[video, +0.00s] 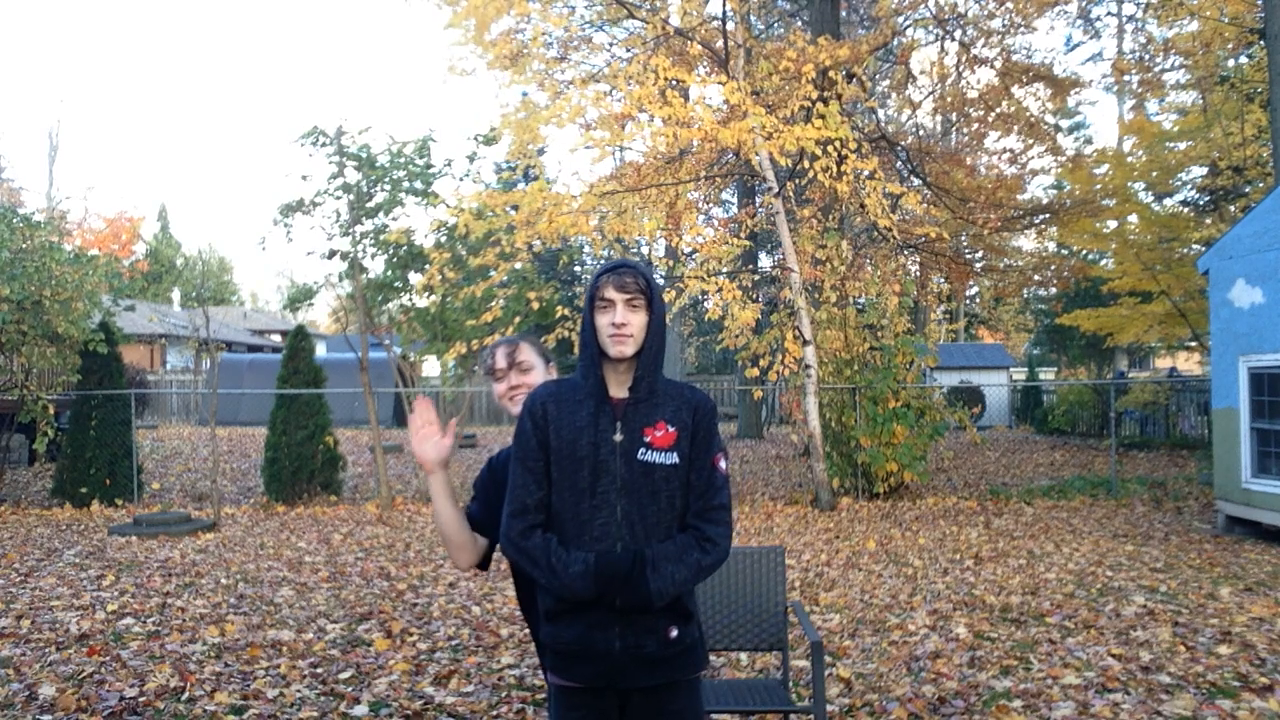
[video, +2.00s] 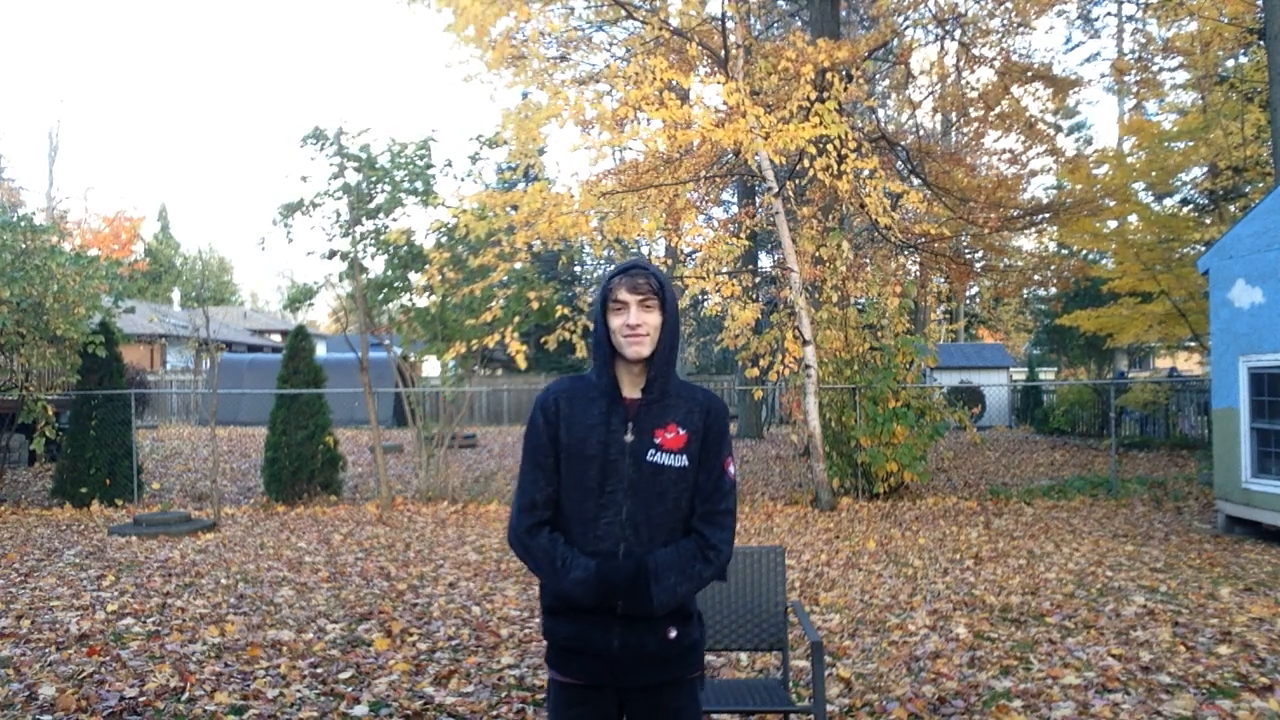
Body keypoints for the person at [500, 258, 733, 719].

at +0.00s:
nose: (618, 319)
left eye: (633, 306)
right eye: (605, 306)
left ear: (653, 318)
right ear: (590, 319)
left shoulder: (691, 408)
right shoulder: (545, 406)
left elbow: (713, 531)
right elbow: (518, 530)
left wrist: (646, 574)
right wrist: (588, 575)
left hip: (667, 655)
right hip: (575, 660)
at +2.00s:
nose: (632, 320)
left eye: (645, 307)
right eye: (618, 308)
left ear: (667, 319)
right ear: (603, 321)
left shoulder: (702, 411)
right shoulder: (559, 404)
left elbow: (715, 539)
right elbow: (526, 525)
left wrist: (645, 579)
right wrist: (592, 579)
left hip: (668, 654)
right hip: (578, 654)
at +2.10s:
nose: (636, 322)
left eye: (648, 307)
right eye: (621, 311)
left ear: (669, 318)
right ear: (606, 325)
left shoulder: (705, 414)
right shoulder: (563, 403)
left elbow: (711, 546)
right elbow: (526, 524)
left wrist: (642, 580)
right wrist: (589, 580)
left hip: (665, 655)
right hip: (576, 655)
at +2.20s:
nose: (639, 323)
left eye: (651, 308)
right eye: (625, 312)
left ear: (673, 319)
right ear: (610, 325)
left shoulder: (709, 416)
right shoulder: (567, 402)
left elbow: (713, 545)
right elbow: (528, 523)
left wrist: (644, 582)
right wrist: (590, 581)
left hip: (665, 655)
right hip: (576, 653)